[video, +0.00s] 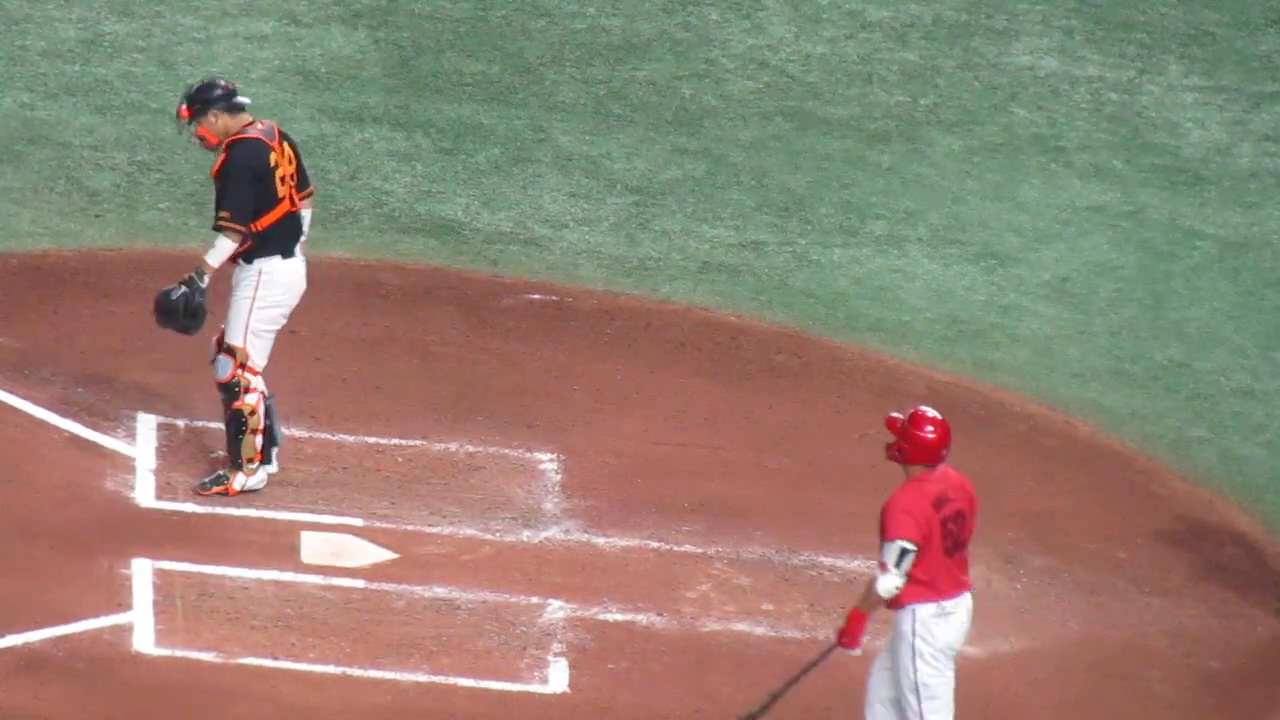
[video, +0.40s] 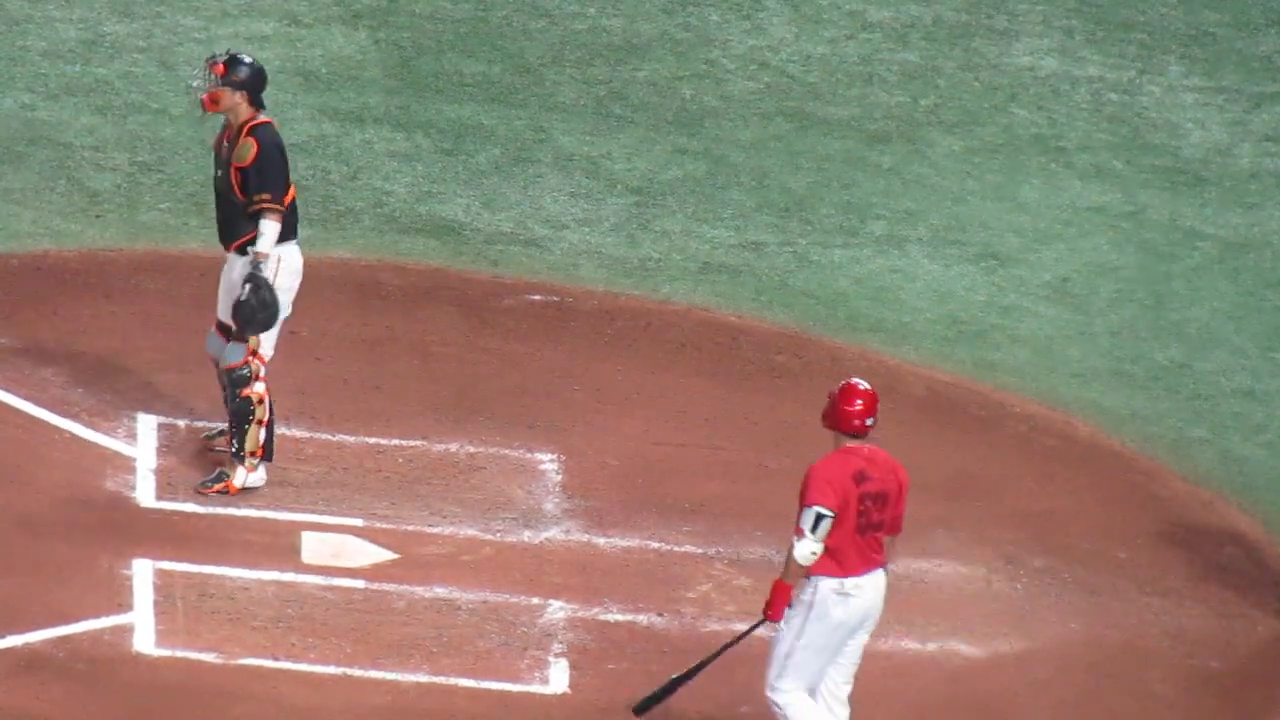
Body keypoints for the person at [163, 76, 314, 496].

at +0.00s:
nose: (198, 134)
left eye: (199, 123)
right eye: (195, 126)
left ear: (219, 114)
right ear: (227, 112)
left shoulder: (241, 155)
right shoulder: (271, 133)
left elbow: (232, 230)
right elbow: (303, 197)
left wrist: (197, 278)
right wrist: (291, 245)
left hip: (265, 271)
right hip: (285, 265)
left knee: (235, 365)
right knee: (231, 351)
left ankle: (247, 468)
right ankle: (262, 448)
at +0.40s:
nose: (214, 91)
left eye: (222, 86)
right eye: (215, 84)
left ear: (244, 94)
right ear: (234, 92)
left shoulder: (263, 138)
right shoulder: (230, 134)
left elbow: (272, 209)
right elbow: (240, 201)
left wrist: (260, 269)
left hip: (269, 257)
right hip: (242, 255)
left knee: (243, 360)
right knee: (221, 347)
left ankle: (251, 466)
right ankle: (243, 429)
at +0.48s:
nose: (214, 86)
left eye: (222, 81)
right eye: (215, 79)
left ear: (244, 88)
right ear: (231, 86)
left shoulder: (266, 135)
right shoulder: (229, 128)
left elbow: (282, 205)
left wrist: (277, 267)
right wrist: (218, 142)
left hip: (272, 252)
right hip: (243, 251)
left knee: (249, 356)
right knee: (222, 345)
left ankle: (253, 458)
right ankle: (242, 428)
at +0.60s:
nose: (219, 80)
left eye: (227, 75)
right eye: (220, 73)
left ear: (249, 82)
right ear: (233, 79)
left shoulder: (275, 130)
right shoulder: (223, 123)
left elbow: (295, 200)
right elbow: (238, 185)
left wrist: (297, 260)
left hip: (274, 248)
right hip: (242, 246)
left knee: (258, 345)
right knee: (228, 337)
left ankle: (274, 440)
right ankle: (242, 427)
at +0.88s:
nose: (244, 75)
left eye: (254, 70)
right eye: (244, 67)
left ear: (278, 78)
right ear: (250, 73)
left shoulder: (310, 128)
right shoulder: (236, 117)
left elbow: (336, 193)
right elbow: (249, 173)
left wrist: (338, 251)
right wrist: (260, 219)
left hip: (301, 244)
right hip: (254, 240)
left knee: (317, 338)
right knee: (238, 331)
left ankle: (328, 405)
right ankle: (247, 424)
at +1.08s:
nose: (286, 79)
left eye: (298, 74)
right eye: (286, 70)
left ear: (321, 84)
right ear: (282, 74)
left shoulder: (354, 130)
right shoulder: (262, 124)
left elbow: (377, 189)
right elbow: (256, 181)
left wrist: (384, 244)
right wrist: (263, 220)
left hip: (336, 247)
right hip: (280, 245)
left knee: (360, 331)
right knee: (251, 331)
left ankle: (346, 409)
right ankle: (248, 423)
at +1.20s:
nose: (333, 88)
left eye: (342, 80)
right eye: (326, 79)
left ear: (356, 85)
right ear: (314, 82)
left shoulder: (383, 129)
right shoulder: (291, 133)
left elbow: (402, 189)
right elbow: (280, 192)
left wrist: (407, 246)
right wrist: (287, 231)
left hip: (362, 250)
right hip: (307, 250)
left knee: (373, 334)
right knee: (268, 332)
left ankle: (346, 415)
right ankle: (251, 423)